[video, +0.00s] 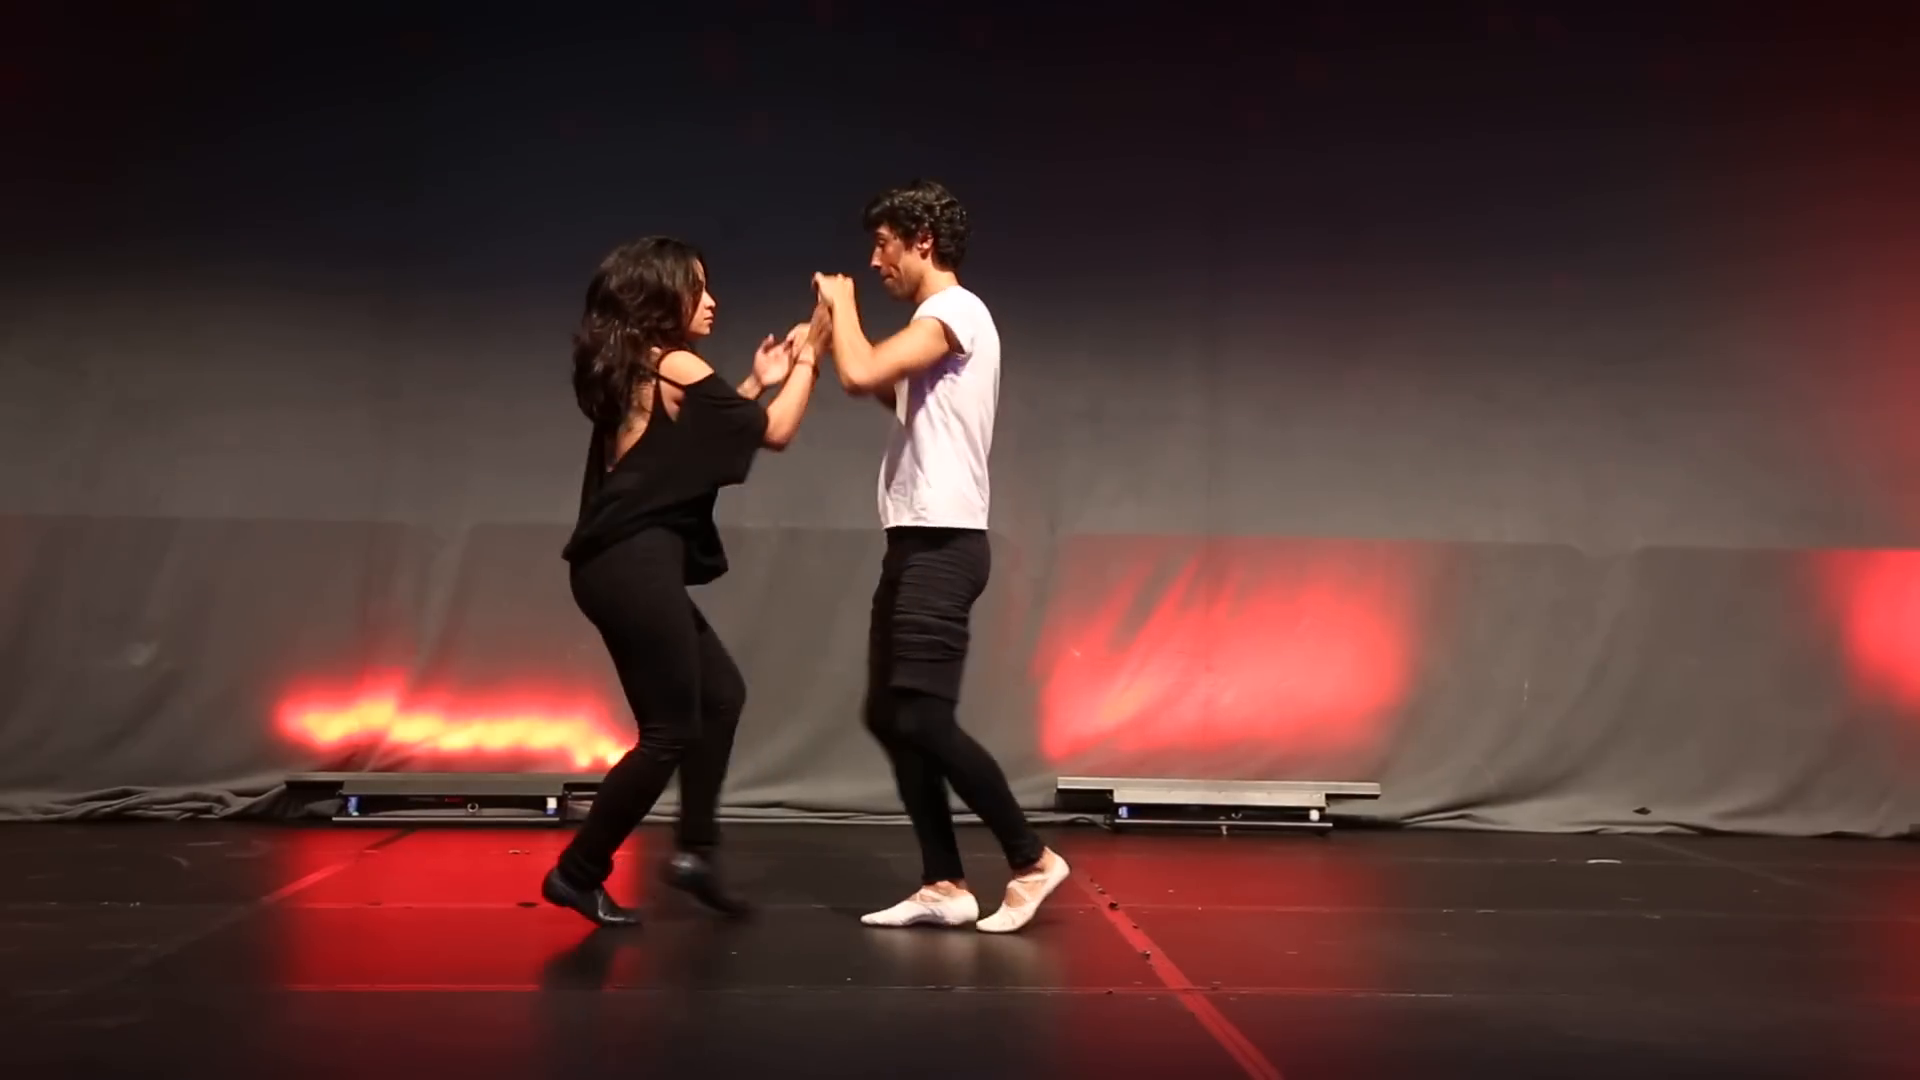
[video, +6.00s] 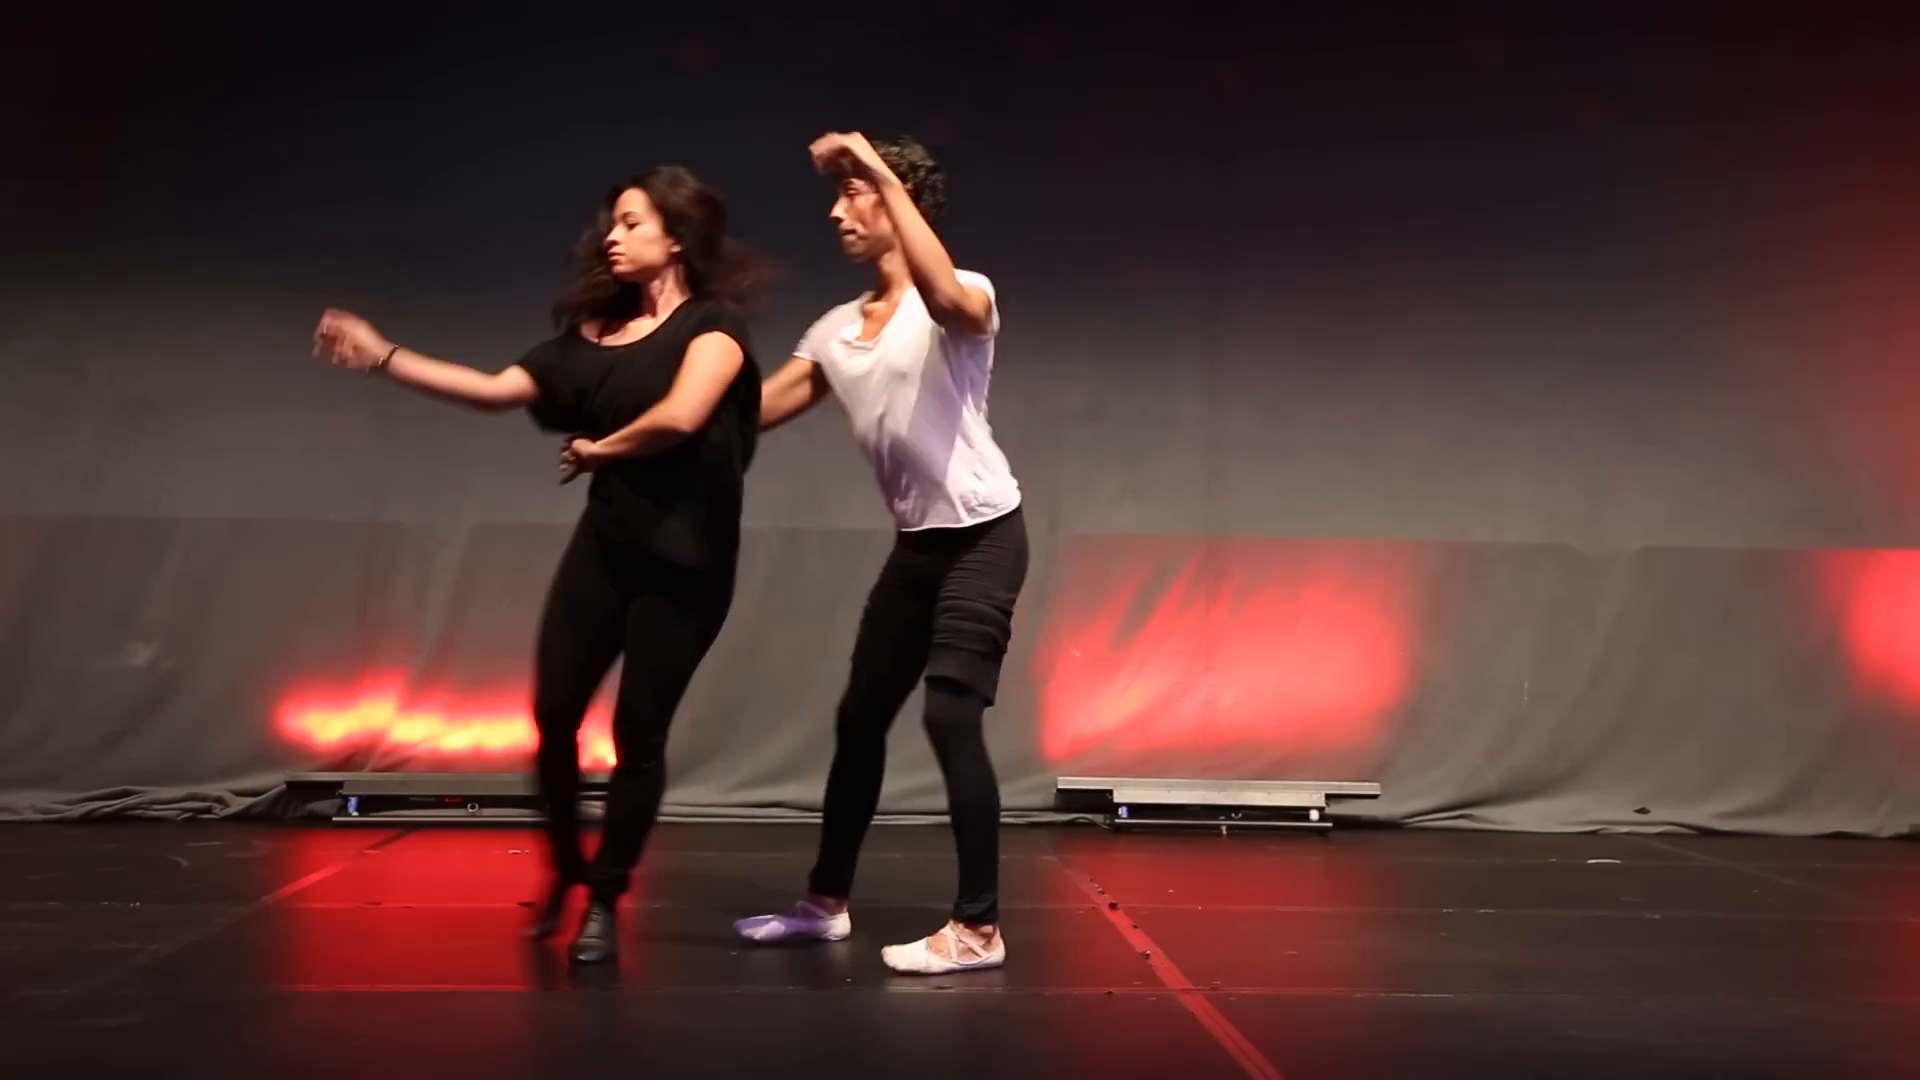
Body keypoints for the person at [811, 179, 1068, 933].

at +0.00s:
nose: (878, 263)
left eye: (884, 248)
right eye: (876, 251)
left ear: (923, 242)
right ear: (922, 247)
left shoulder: (960, 310)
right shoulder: (935, 323)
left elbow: (861, 371)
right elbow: (878, 384)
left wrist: (841, 303)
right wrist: (833, 336)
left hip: (945, 539)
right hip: (913, 538)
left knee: (923, 713)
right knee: (891, 712)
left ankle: (1033, 862)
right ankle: (946, 885)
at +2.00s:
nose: (939, 241)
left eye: (938, 226)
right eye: (932, 225)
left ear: (854, 226)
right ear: (898, 226)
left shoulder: (791, 306)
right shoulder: (934, 289)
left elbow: (790, 322)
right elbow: (1060, 243)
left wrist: (836, 264)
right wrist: (983, 178)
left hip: (821, 531)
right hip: (897, 522)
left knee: (860, 734)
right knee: (966, 724)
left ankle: (823, 922)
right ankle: (1059, 889)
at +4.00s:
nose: (1033, 238)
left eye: (1036, 223)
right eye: (1031, 221)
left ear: (982, 213)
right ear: (1000, 214)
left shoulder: (961, 293)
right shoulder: (947, 289)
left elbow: (972, 459)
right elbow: (997, 404)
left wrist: (1060, 518)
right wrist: (1029, 321)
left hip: (944, 530)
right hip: (956, 533)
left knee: (967, 724)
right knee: (1019, 728)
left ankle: (885, 898)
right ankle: (963, 934)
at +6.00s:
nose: (844, 208)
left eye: (863, 195)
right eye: (842, 193)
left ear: (911, 212)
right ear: (843, 211)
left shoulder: (963, 301)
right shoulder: (838, 332)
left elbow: (947, 292)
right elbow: (747, 413)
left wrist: (882, 176)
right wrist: (635, 419)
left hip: (984, 536)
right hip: (916, 543)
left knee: (953, 717)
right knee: (861, 715)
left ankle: (978, 926)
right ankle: (826, 904)